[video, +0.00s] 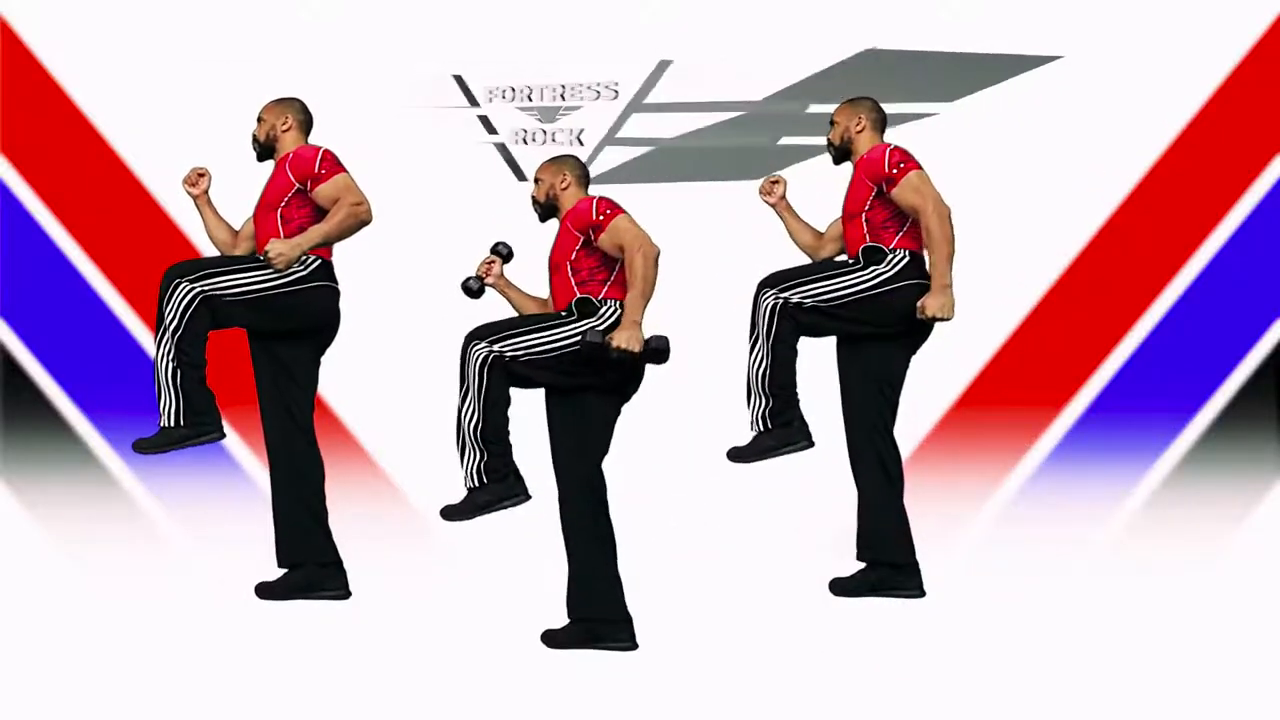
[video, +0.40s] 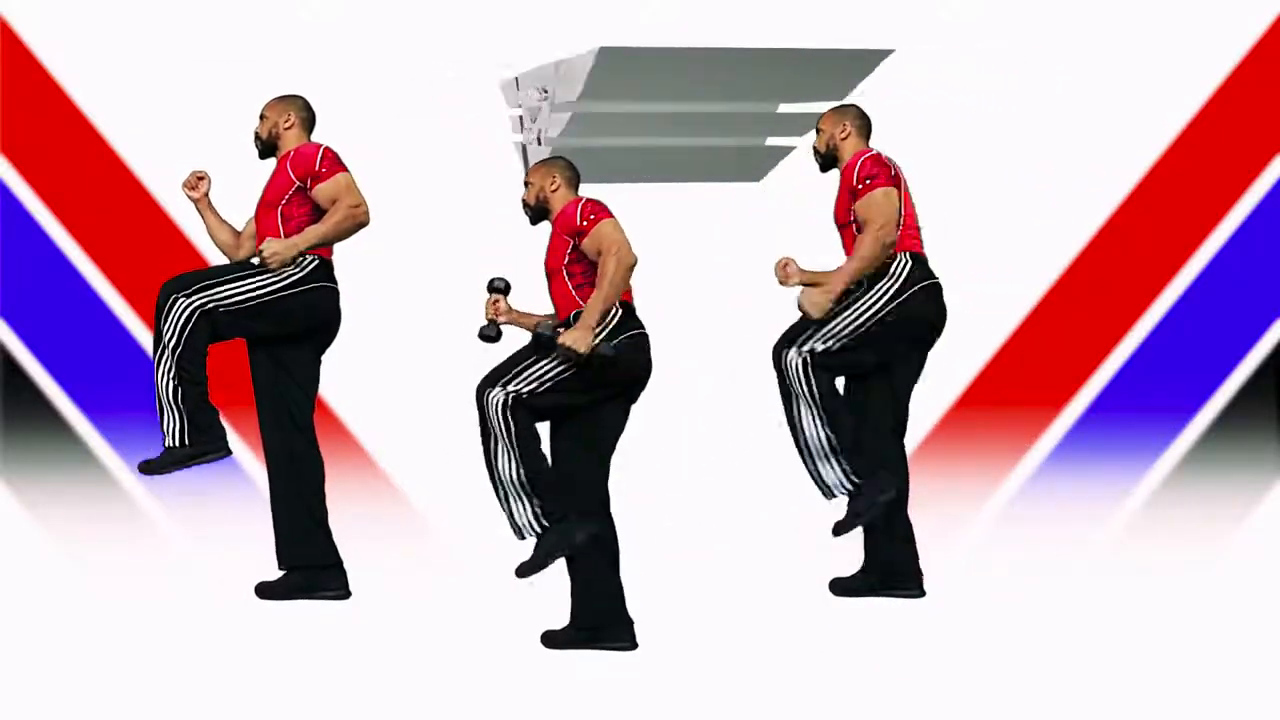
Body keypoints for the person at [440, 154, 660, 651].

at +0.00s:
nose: (532, 192)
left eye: (538, 182)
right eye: (533, 184)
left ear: (563, 181)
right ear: (562, 183)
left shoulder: (587, 207)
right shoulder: (568, 240)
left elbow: (642, 249)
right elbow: (553, 315)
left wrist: (633, 320)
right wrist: (502, 284)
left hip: (595, 328)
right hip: (601, 350)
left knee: (483, 346)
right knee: (579, 484)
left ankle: (494, 477)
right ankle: (602, 620)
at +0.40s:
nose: (523, 195)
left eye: (528, 185)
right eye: (524, 188)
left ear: (551, 182)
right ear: (558, 184)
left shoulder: (580, 208)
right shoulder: (562, 238)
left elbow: (621, 255)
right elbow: (573, 325)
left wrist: (587, 325)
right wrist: (515, 316)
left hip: (602, 344)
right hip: (609, 358)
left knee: (498, 393)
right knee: (580, 488)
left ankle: (547, 521)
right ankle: (602, 621)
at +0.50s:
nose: (513, 201)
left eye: (518, 190)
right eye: (514, 194)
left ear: (543, 187)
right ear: (548, 190)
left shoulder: (574, 216)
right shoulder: (557, 245)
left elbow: (598, 271)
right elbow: (576, 328)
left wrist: (544, 327)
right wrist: (541, 348)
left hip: (613, 333)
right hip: (606, 345)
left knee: (536, 436)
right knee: (586, 484)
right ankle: (600, 619)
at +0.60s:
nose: (503, 210)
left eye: (508, 200)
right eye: (503, 203)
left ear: (532, 197)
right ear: (536, 199)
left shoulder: (563, 225)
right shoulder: (547, 250)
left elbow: (572, 284)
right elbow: (593, 327)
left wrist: (503, 322)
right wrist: (569, 366)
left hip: (620, 341)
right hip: (597, 358)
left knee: (597, 471)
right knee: (575, 483)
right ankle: (600, 619)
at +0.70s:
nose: (493, 221)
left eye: (497, 210)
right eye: (493, 213)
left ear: (521, 205)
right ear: (527, 210)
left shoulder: (548, 232)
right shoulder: (551, 248)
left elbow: (546, 299)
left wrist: (474, 316)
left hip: (623, 345)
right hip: (601, 364)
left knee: (650, 481)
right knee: (579, 489)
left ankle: (792, 558)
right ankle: (600, 621)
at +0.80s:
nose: (488, 228)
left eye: (494, 218)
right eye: (487, 221)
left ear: (519, 215)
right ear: (519, 223)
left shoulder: (543, 243)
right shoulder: (539, 257)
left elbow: (525, 312)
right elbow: (522, 316)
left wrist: (456, 311)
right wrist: (463, 309)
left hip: (632, 350)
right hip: (607, 370)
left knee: (686, 477)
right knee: (581, 489)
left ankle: (827, 577)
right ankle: (601, 621)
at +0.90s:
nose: (484, 239)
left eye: (491, 228)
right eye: (484, 231)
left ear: (516, 225)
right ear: (523, 232)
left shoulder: (538, 252)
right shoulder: (562, 258)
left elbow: (514, 323)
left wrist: (451, 309)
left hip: (639, 357)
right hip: (616, 373)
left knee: (703, 479)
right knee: (582, 487)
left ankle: (841, 588)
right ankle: (602, 622)